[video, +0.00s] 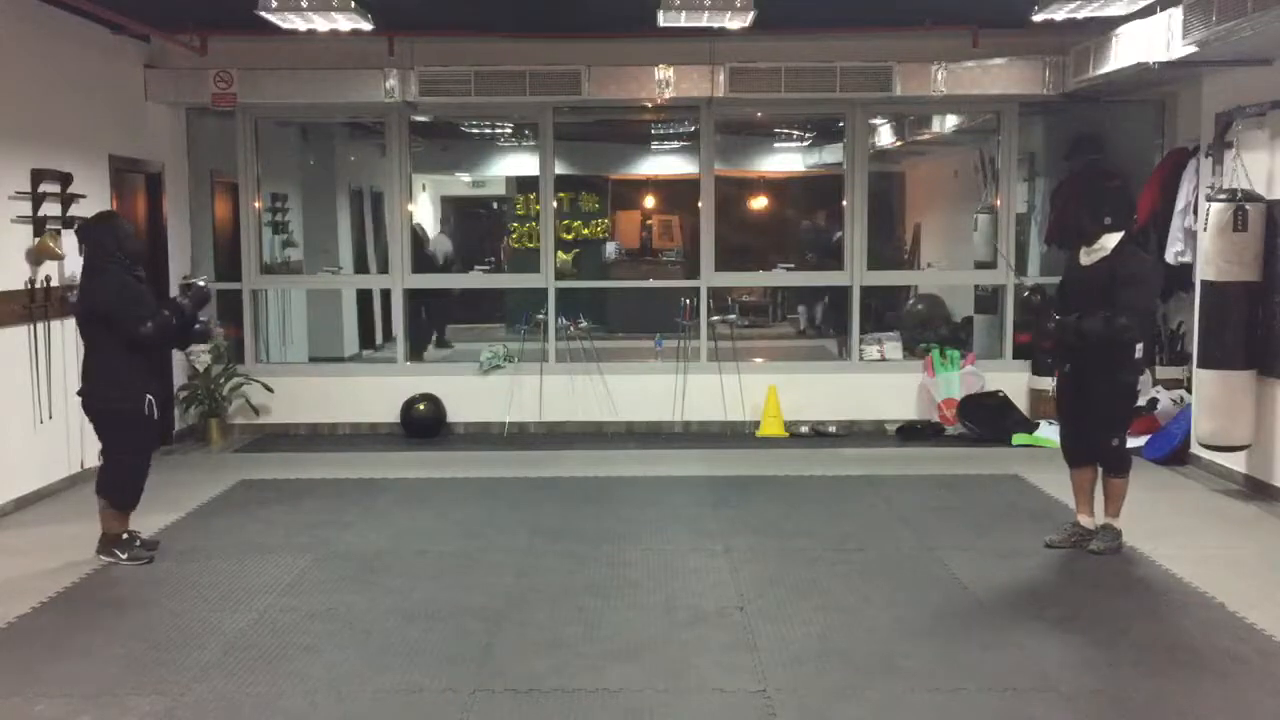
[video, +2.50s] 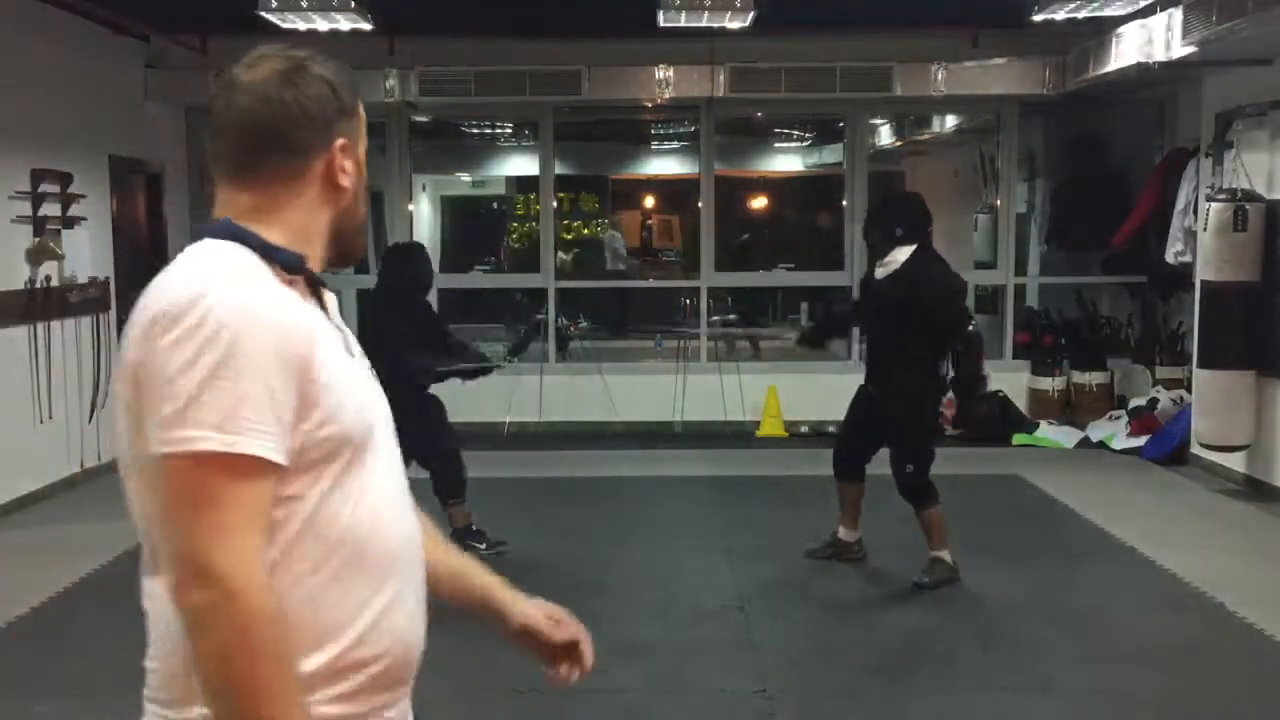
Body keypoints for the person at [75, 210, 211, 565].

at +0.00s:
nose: (137, 241)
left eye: (134, 234)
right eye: (129, 236)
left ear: (102, 243)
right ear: (113, 242)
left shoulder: (115, 277)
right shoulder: (111, 281)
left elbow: (144, 329)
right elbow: (143, 332)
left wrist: (186, 330)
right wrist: (185, 306)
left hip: (124, 388)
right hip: (121, 390)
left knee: (126, 458)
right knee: (125, 459)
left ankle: (118, 534)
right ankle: (112, 538)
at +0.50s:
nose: (187, 259)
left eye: (184, 252)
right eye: (182, 252)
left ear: (140, 255)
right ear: (172, 256)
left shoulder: (133, 288)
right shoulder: (167, 295)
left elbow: (165, 347)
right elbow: (190, 354)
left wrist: (211, 335)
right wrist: (226, 334)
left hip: (140, 397)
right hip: (171, 400)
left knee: (134, 461)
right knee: (194, 466)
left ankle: (114, 533)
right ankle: (225, 541)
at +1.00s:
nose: (261, 248)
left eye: (259, 240)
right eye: (257, 240)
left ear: (214, 245)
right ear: (247, 245)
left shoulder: (194, 290)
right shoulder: (242, 289)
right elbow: (272, 346)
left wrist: (289, 319)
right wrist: (301, 320)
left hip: (202, 391)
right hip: (234, 393)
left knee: (227, 456)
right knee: (244, 459)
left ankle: (230, 536)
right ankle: (233, 547)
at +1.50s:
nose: (325, 253)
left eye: (322, 246)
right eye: (322, 246)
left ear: (283, 249)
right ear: (316, 250)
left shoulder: (267, 288)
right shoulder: (311, 293)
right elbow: (341, 335)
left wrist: (352, 314)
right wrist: (373, 321)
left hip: (268, 389)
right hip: (305, 391)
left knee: (285, 453)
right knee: (329, 458)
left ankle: (245, 523)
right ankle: (327, 539)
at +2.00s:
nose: (427, 260)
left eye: (428, 254)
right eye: (422, 254)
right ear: (407, 256)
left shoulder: (370, 287)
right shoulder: (393, 292)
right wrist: (428, 282)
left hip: (360, 403)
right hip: (385, 405)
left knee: (350, 467)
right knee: (437, 462)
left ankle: (296, 524)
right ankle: (462, 533)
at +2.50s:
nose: (430, 276)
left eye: (428, 269)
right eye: (425, 269)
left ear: (389, 271)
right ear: (413, 272)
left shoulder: (374, 302)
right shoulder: (409, 306)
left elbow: (438, 338)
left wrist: (469, 357)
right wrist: (462, 362)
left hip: (380, 395)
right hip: (410, 398)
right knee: (445, 456)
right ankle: (463, 529)